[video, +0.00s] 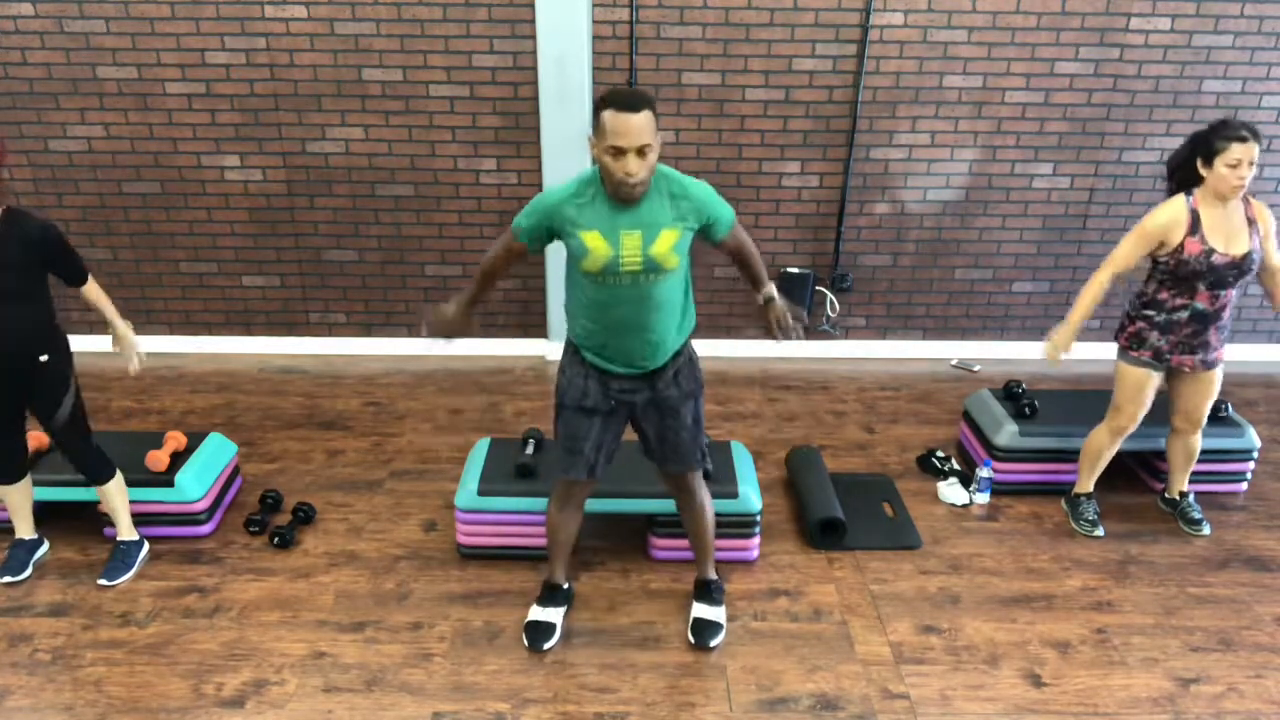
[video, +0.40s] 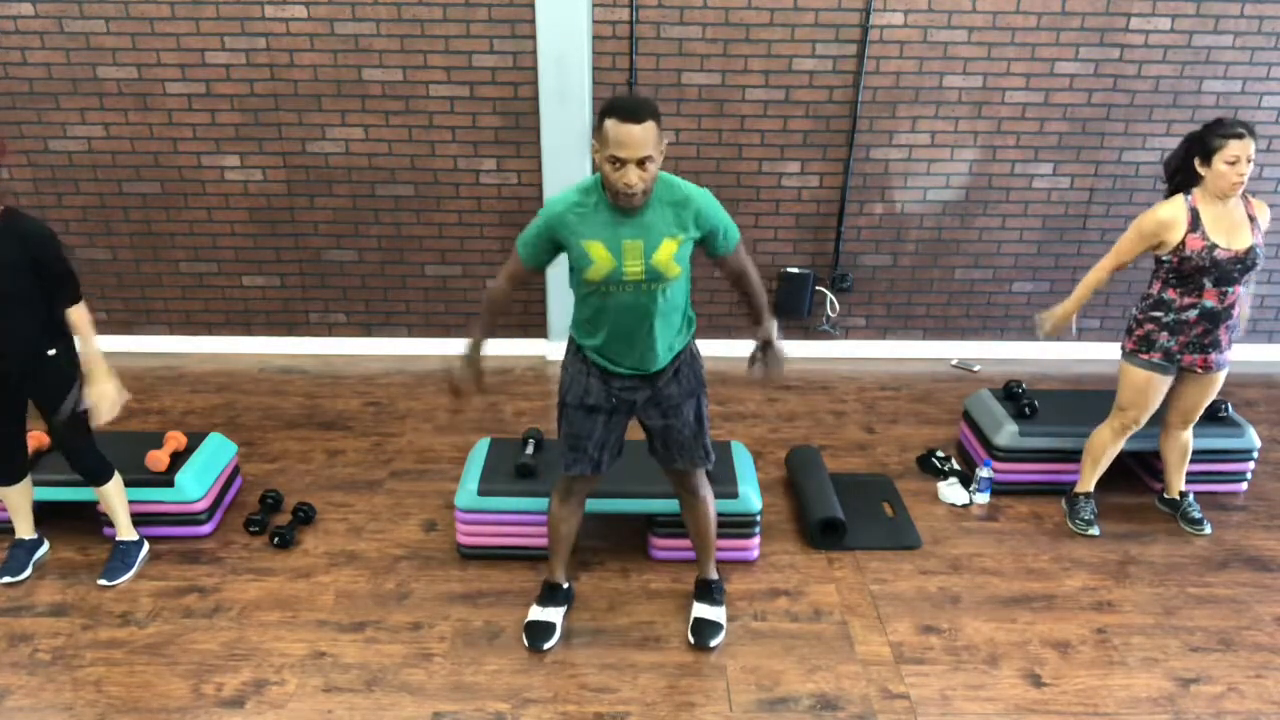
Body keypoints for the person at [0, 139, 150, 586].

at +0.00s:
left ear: (5, 187)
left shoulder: (29, 231)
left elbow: (81, 280)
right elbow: (83, 278)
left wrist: (118, 324)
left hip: (42, 362)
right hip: (3, 372)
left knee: (81, 450)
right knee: (8, 458)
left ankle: (129, 539)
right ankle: (26, 539)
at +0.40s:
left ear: (2, 192)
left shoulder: (27, 234)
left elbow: (72, 302)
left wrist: (97, 371)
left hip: (46, 362)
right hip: (3, 372)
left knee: (82, 452)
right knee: (7, 459)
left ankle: (129, 538)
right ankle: (26, 539)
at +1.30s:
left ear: (3, 313)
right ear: (3, 314)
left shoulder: (25, 345)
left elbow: (12, 419)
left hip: (94, 401)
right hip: (45, 410)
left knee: (79, 479)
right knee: (1, 477)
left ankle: (130, 540)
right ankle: (26, 538)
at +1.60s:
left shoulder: (16, 253)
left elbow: (36, 332)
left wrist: (41, 410)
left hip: (61, 357)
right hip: (11, 365)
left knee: (78, 456)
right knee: (1, 458)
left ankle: (129, 539)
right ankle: (26, 538)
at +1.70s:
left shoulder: (23, 238)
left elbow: (57, 316)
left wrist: (82, 388)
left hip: (43, 363)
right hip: (5, 373)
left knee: (78, 450)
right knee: (5, 459)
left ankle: (129, 539)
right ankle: (26, 538)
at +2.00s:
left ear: (4, 200)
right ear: (3, 201)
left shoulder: (30, 235)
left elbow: (78, 282)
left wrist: (108, 326)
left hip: (38, 366)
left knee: (77, 453)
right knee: (5, 461)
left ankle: (129, 538)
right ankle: (26, 539)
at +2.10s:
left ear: (5, 200)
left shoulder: (30, 236)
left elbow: (74, 288)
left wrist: (106, 337)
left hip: (38, 366)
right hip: (1, 377)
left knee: (76, 452)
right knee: (6, 461)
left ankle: (129, 538)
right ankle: (26, 539)